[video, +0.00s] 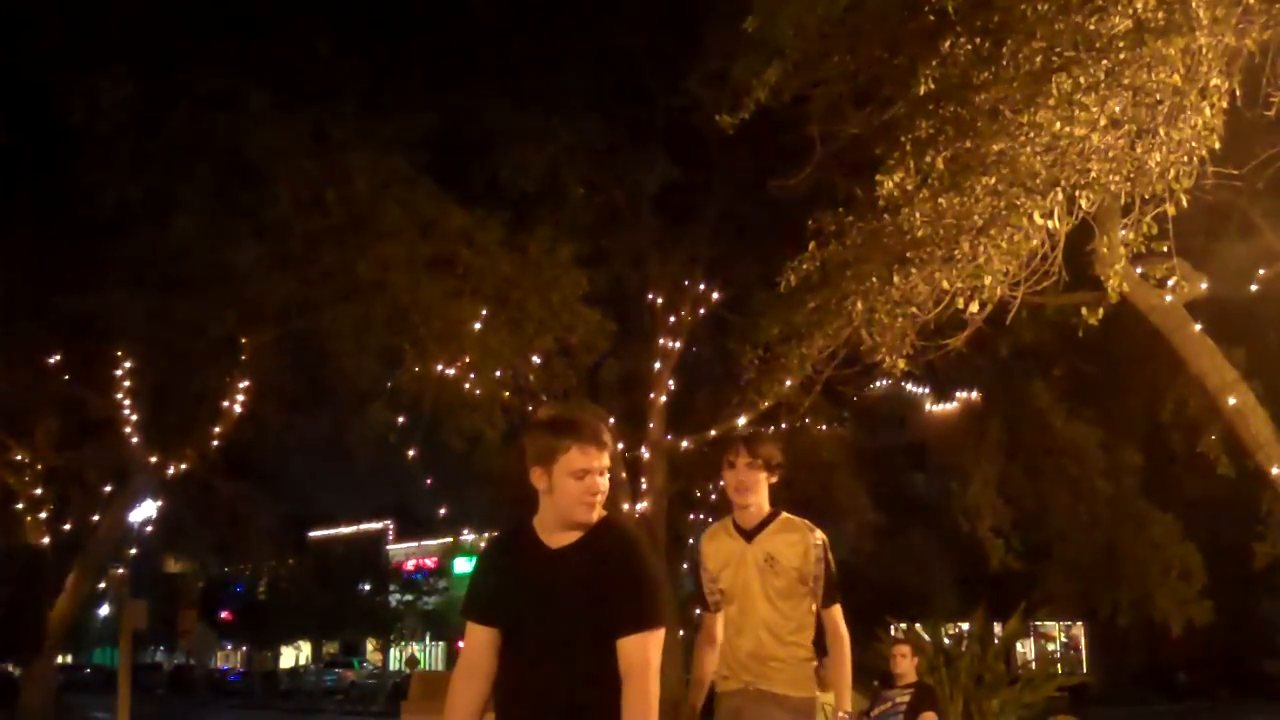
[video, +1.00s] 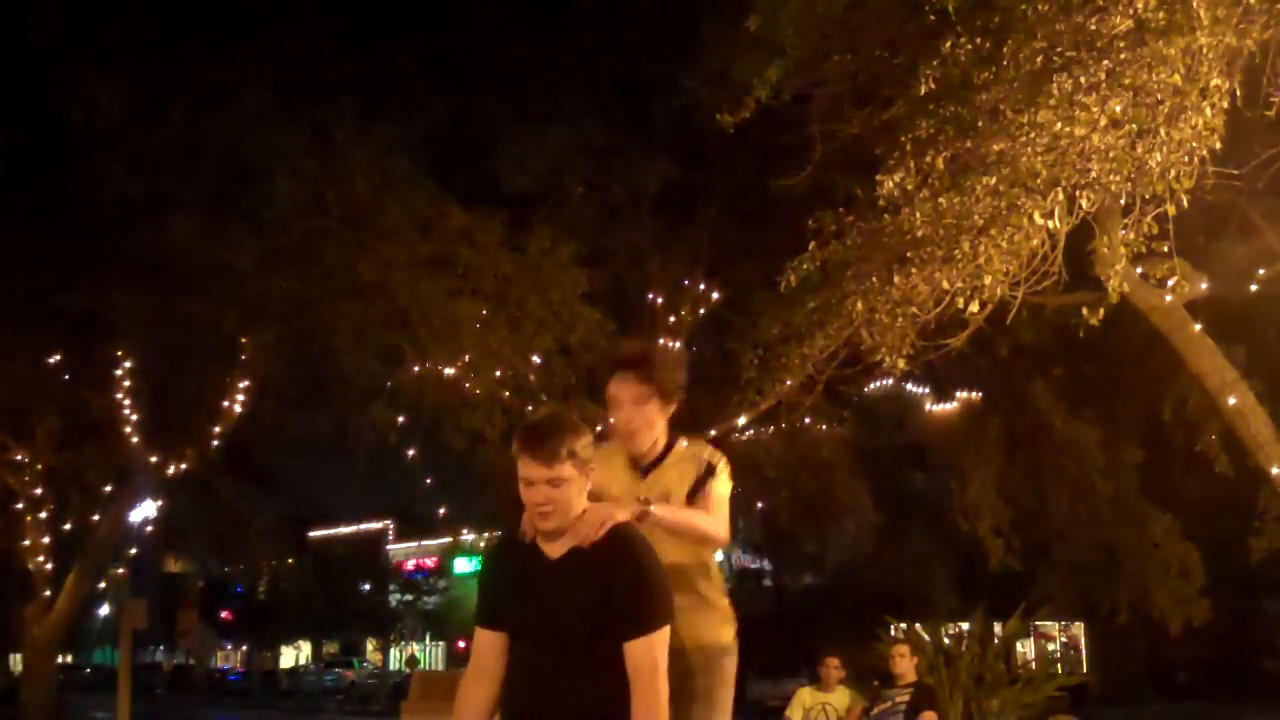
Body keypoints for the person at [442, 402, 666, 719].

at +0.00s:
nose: (598, 487)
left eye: (603, 472)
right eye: (581, 475)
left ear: (610, 472)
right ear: (540, 478)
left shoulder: (626, 554)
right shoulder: (502, 555)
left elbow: (640, 682)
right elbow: (472, 673)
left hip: (601, 712)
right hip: (518, 710)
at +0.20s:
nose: (599, 486)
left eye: (604, 472)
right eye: (582, 474)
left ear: (611, 472)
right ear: (541, 477)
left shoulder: (626, 552)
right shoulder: (503, 555)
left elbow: (642, 681)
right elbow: (475, 671)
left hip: (602, 711)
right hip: (519, 711)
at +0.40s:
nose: (598, 485)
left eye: (603, 472)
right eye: (581, 473)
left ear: (611, 472)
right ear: (540, 476)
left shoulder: (625, 552)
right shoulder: (503, 556)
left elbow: (642, 680)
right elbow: (477, 671)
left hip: (602, 710)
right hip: (520, 711)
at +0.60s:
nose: (595, 486)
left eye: (600, 473)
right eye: (577, 474)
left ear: (608, 472)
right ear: (538, 477)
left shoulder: (625, 553)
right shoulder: (505, 556)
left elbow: (643, 681)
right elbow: (478, 672)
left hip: (605, 711)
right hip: (522, 711)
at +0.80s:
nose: (557, 494)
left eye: (571, 480)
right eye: (543, 480)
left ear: (597, 473)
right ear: (526, 474)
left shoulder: (631, 556)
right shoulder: (508, 556)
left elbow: (644, 682)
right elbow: (481, 671)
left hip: (605, 711)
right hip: (523, 711)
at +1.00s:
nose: (539, 498)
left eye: (555, 483)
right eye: (528, 483)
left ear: (587, 476)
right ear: (517, 481)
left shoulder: (626, 552)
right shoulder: (506, 558)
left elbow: (649, 681)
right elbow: (482, 674)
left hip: (607, 711)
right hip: (523, 711)